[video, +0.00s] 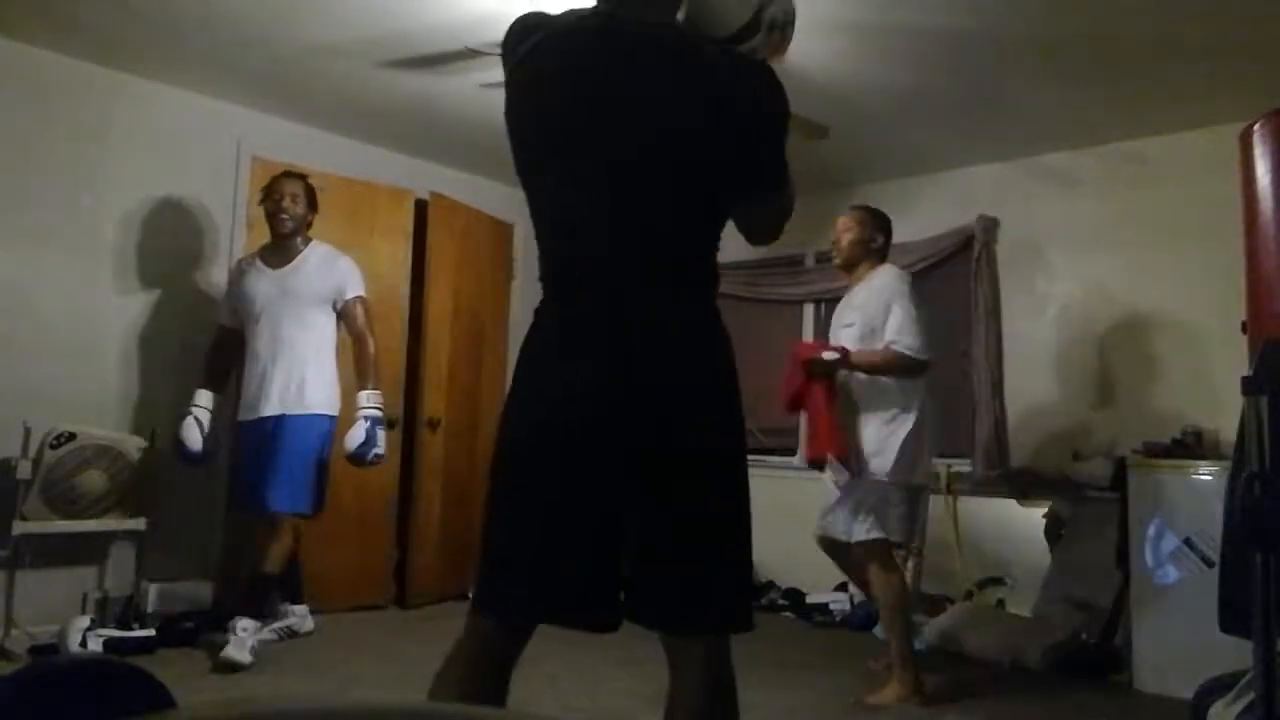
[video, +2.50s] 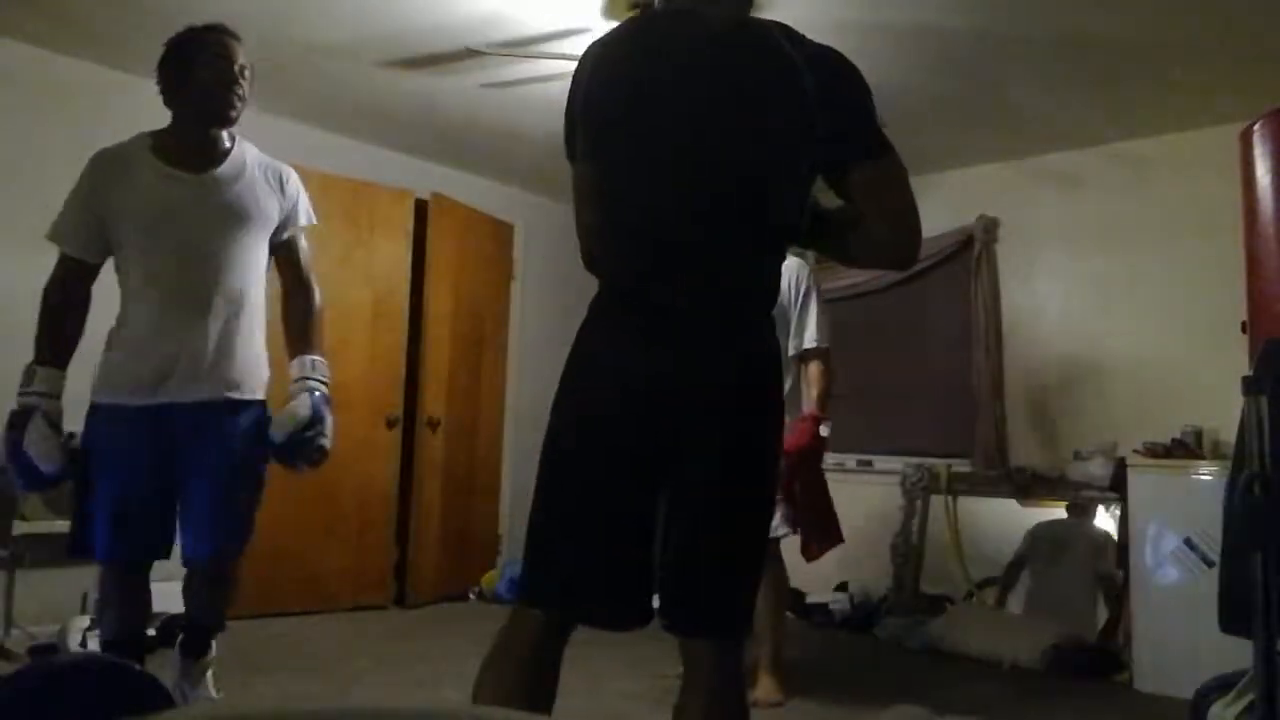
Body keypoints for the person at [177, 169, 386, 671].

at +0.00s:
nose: (283, 206)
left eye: (294, 200)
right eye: (276, 199)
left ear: (310, 212)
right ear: (264, 209)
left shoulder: (336, 268)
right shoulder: (245, 271)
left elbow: (364, 338)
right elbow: (226, 344)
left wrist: (370, 409)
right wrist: (201, 403)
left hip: (306, 407)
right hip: (253, 407)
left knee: (280, 513)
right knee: (268, 512)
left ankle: (247, 625)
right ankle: (292, 607)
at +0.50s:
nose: (264, 184)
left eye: (275, 179)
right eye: (256, 176)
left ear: (292, 193)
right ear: (240, 185)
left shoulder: (312, 251)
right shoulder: (213, 249)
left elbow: (332, 330)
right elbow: (195, 328)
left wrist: (316, 399)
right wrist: (170, 395)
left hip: (278, 408)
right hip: (212, 405)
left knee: (265, 522)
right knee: (200, 510)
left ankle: (242, 628)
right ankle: (209, 612)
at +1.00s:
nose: (225, 164)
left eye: (237, 157)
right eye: (215, 155)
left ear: (254, 172)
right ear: (198, 166)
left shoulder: (282, 238)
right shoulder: (170, 236)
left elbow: (311, 321)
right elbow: (142, 324)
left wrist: (322, 402)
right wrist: (117, 404)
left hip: (245, 401)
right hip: (173, 402)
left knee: (226, 518)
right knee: (177, 525)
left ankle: (229, 615)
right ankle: (181, 642)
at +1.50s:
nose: (255, 147)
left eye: (265, 143)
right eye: (243, 134)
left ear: (270, 158)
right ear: (207, 141)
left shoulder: (283, 230)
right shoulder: (155, 209)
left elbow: (295, 321)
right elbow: (118, 301)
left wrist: (301, 404)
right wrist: (105, 383)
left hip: (247, 403)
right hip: (171, 400)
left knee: (225, 541)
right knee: (175, 536)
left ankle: (200, 674)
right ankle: (186, 645)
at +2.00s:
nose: (253, 121)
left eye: (264, 113)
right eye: (240, 108)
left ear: (274, 130)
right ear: (205, 115)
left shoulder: (293, 207)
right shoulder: (156, 194)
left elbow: (318, 301)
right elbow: (120, 291)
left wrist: (327, 396)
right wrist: (78, 387)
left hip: (243, 407)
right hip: (155, 401)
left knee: (226, 547)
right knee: (129, 531)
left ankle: (197, 678)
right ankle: (137, 666)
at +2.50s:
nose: (239, 87)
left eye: (245, 75)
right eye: (222, 73)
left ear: (251, 87)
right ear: (172, 81)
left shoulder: (273, 181)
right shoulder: (114, 170)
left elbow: (298, 286)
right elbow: (69, 283)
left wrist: (310, 384)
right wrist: (39, 398)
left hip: (231, 403)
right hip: (130, 402)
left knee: (215, 562)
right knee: (122, 561)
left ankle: (194, 675)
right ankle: (124, 692)